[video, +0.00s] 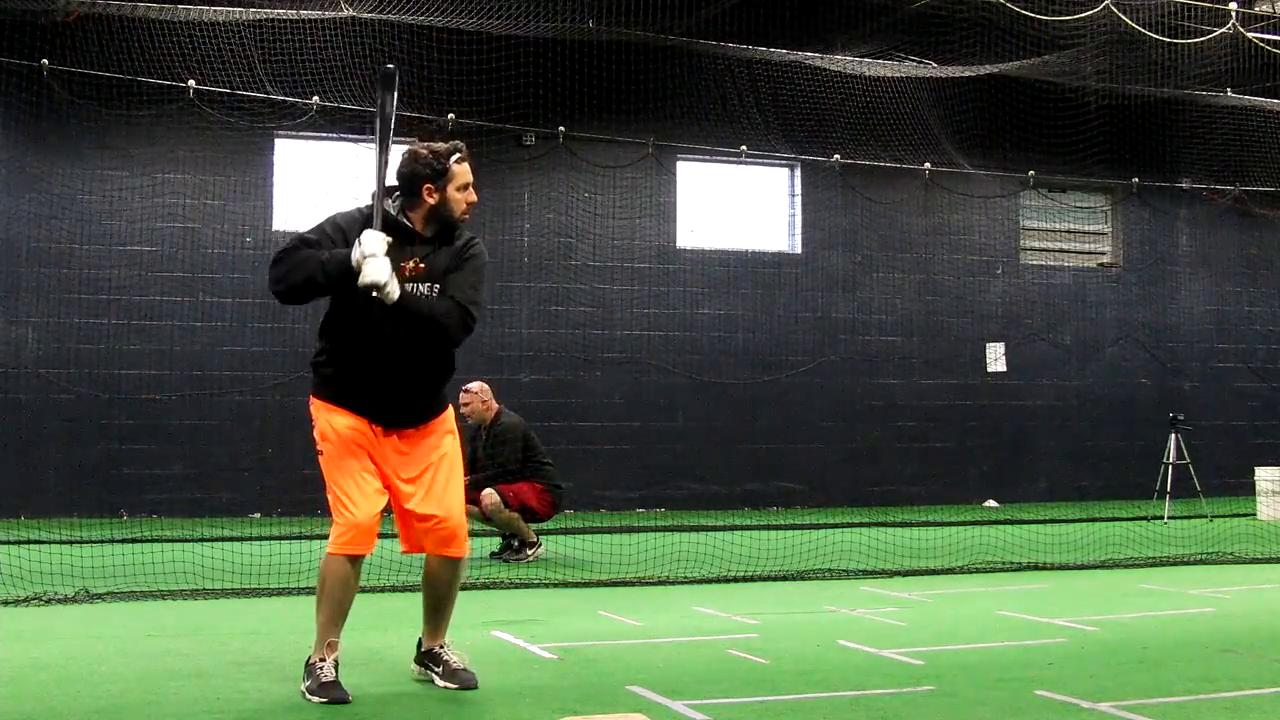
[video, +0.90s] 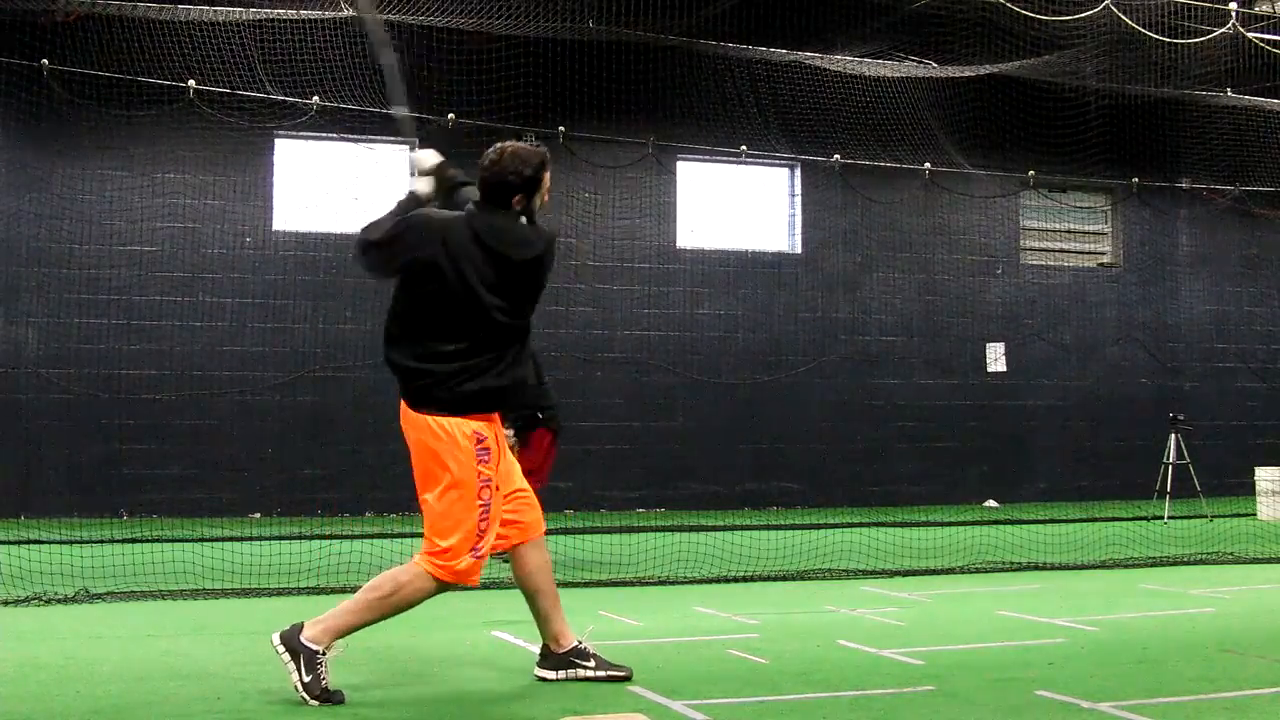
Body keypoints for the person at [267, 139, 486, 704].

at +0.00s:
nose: (474, 197)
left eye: (474, 186)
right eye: (465, 188)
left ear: (442, 191)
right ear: (430, 192)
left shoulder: (464, 249)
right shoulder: (361, 226)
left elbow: (457, 320)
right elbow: (283, 277)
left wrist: (399, 290)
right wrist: (351, 262)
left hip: (425, 417)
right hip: (348, 410)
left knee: (449, 532)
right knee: (357, 524)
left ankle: (433, 648)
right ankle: (322, 660)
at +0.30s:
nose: (486, 216)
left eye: (486, 205)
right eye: (476, 206)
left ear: (450, 208)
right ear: (439, 209)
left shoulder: (474, 264)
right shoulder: (376, 234)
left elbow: (442, 338)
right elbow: (285, 255)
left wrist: (354, 320)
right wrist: (322, 273)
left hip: (449, 409)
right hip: (365, 416)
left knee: (519, 494)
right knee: (356, 530)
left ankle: (511, 619)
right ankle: (325, 659)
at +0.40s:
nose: (494, 225)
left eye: (494, 213)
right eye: (484, 215)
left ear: (471, 215)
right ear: (446, 218)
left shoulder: (484, 275)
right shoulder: (386, 244)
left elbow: (430, 331)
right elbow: (292, 240)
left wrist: (346, 292)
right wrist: (328, 244)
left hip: (470, 418)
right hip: (385, 423)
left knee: (541, 515)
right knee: (366, 533)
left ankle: (548, 641)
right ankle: (324, 658)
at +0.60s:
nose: (512, 232)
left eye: (512, 222)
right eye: (503, 225)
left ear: (497, 218)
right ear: (468, 226)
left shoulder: (499, 249)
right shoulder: (430, 282)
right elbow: (453, 374)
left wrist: (552, 346)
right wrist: (519, 374)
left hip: (484, 420)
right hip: (434, 427)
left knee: (530, 523)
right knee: (450, 557)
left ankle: (558, 648)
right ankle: (324, 637)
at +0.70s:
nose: (520, 229)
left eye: (519, 221)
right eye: (513, 223)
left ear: (466, 217)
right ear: (484, 226)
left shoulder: (447, 232)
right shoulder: (454, 273)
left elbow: (536, 260)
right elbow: (541, 311)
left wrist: (601, 279)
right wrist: (613, 301)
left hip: (471, 408)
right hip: (437, 419)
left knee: (510, 532)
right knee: (450, 554)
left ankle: (555, 647)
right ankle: (321, 637)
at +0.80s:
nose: (534, 211)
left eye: (532, 201)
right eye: (529, 205)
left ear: (470, 206)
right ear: (509, 218)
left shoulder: (417, 231)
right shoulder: (517, 267)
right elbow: (545, 230)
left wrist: (513, 206)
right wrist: (544, 198)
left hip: (476, 413)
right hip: (445, 423)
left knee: (520, 524)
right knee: (444, 559)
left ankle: (560, 648)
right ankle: (309, 641)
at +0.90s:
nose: (550, 191)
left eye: (549, 183)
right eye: (548, 185)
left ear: (486, 186)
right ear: (529, 195)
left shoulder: (431, 228)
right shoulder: (536, 246)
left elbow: (369, 250)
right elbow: (492, 224)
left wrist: (417, 195)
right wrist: (451, 191)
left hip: (462, 414)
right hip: (459, 418)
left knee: (525, 524)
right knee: (446, 562)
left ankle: (561, 648)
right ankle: (310, 639)